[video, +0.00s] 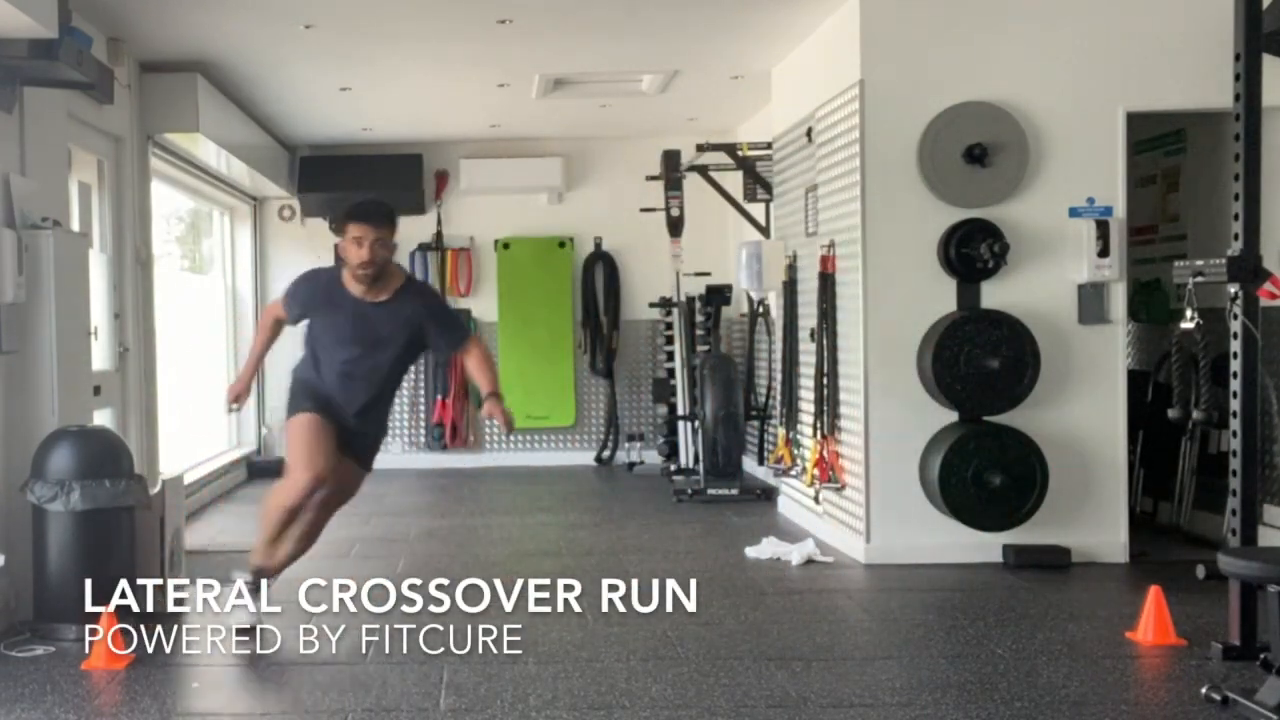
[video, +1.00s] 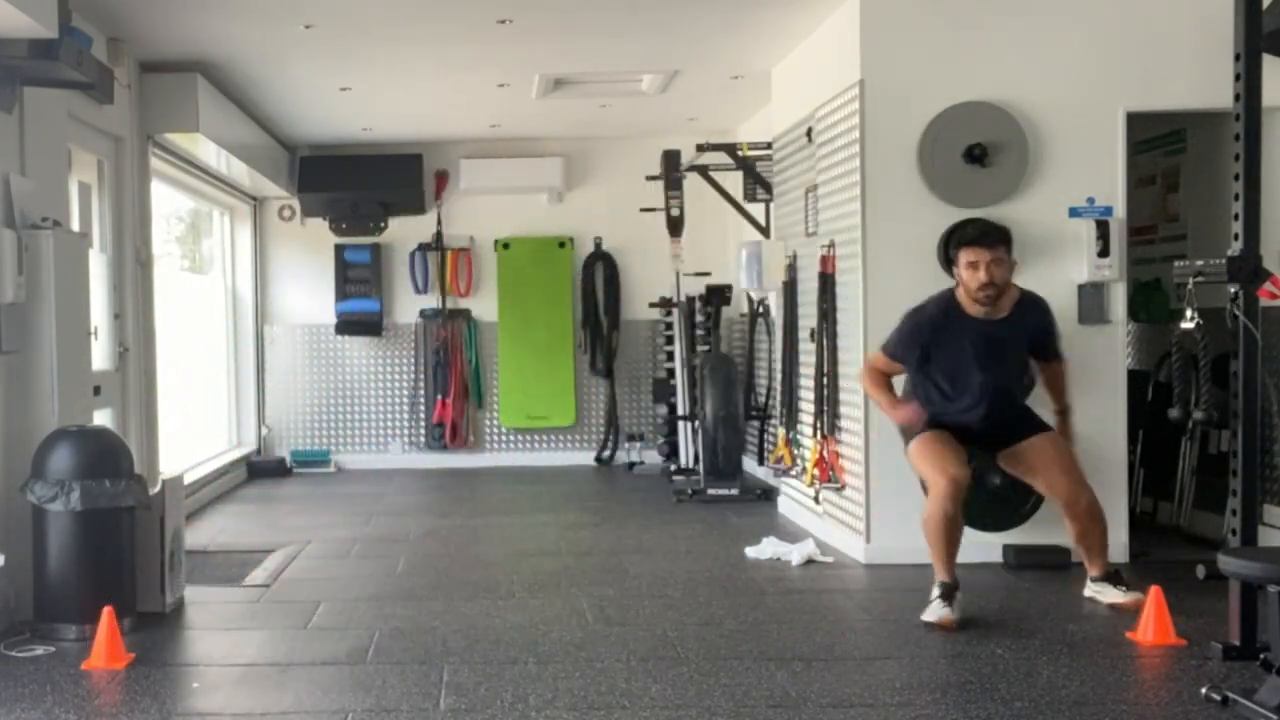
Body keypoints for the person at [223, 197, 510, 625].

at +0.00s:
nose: (368, 254)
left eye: (379, 243)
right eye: (357, 242)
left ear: (393, 246)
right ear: (340, 244)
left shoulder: (420, 302)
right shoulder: (318, 286)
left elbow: (469, 345)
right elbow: (275, 315)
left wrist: (491, 395)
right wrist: (246, 376)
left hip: (365, 424)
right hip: (314, 397)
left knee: (320, 510)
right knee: (309, 474)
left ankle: (260, 580)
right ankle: (256, 568)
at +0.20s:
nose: (475, 241)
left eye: (484, 231)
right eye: (465, 230)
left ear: (496, 234)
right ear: (447, 233)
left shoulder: (515, 288)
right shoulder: (419, 285)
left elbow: (531, 342)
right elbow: (361, 335)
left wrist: (531, 398)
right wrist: (353, 379)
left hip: (465, 415)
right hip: (410, 403)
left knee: (432, 525)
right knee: (391, 500)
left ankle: (386, 556)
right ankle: (362, 594)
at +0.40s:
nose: (644, 227)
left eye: (652, 217)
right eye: (634, 216)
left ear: (660, 222)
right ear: (613, 218)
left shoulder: (660, 277)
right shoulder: (580, 266)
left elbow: (677, 327)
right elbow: (502, 314)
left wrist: (694, 375)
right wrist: (494, 386)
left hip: (598, 388)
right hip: (541, 384)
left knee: (630, 490)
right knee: (508, 491)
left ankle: (604, 589)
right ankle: (418, 576)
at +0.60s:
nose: (794, 217)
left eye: (797, 207)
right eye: (785, 207)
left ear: (799, 207)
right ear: (753, 208)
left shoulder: (801, 259)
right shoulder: (709, 259)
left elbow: (822, 308)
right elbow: (635, 304)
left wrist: (831, 345)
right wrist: (606, 373)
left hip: (756, 382)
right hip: (711, 379)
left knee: (750, 489)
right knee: (770, 465)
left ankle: (659, 564)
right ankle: (808, 571)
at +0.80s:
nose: (903, 238)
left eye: (913, 228)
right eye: (891, 228)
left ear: (922, 231)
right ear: (869, 233)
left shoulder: (929, 280)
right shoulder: (843, 287)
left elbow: (945, 342)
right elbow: (783, 353)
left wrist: (959, 397)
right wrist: (815, 398)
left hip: (900, 397)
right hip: (845, 403)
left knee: (980, 471)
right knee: (900, 475)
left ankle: (964, 558)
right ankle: (896, 590)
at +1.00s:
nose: (986, 277)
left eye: (995, 264)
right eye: (973, 267)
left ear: (1012, 265)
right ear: (955, 271)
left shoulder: (1032, 311)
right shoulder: (929, 318)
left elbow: (1051, 365)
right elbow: (874, 370)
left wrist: (1062, 413)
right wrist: (893, 407)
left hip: (1005, 418)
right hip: (936, 422)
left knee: (1076, 493)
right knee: (949, 480)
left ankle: (1099, 578)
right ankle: (944, 587)